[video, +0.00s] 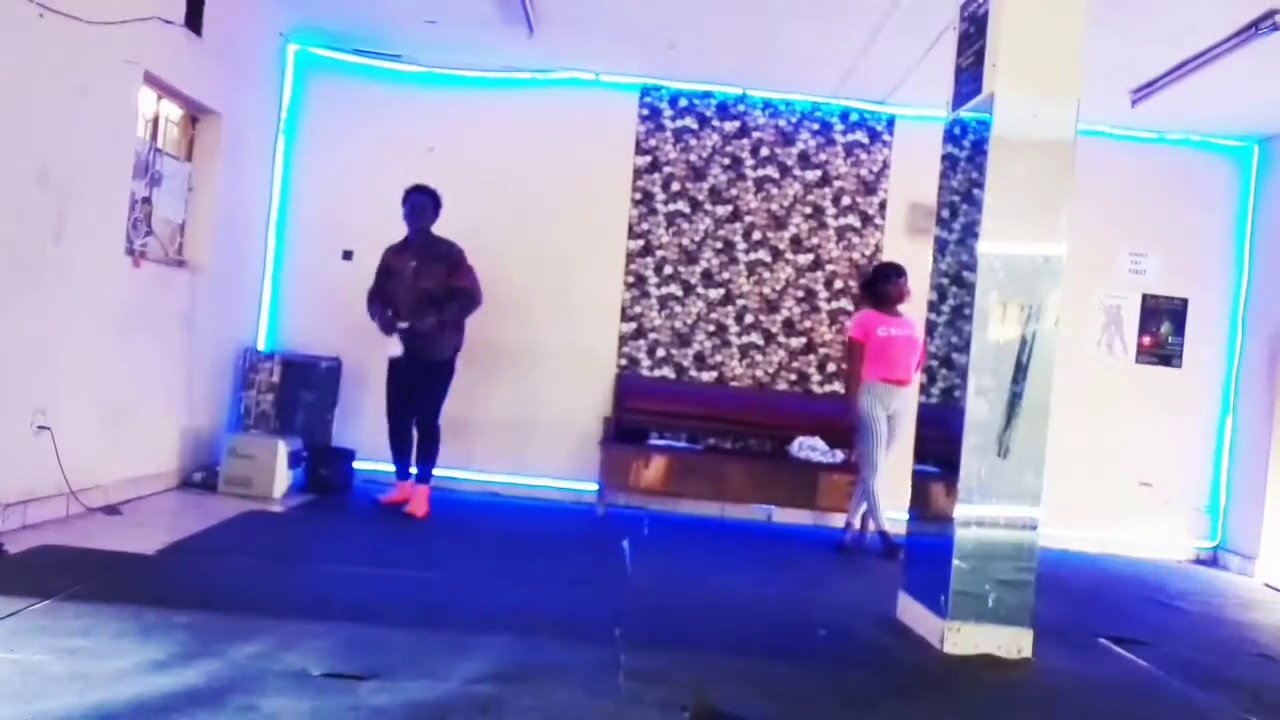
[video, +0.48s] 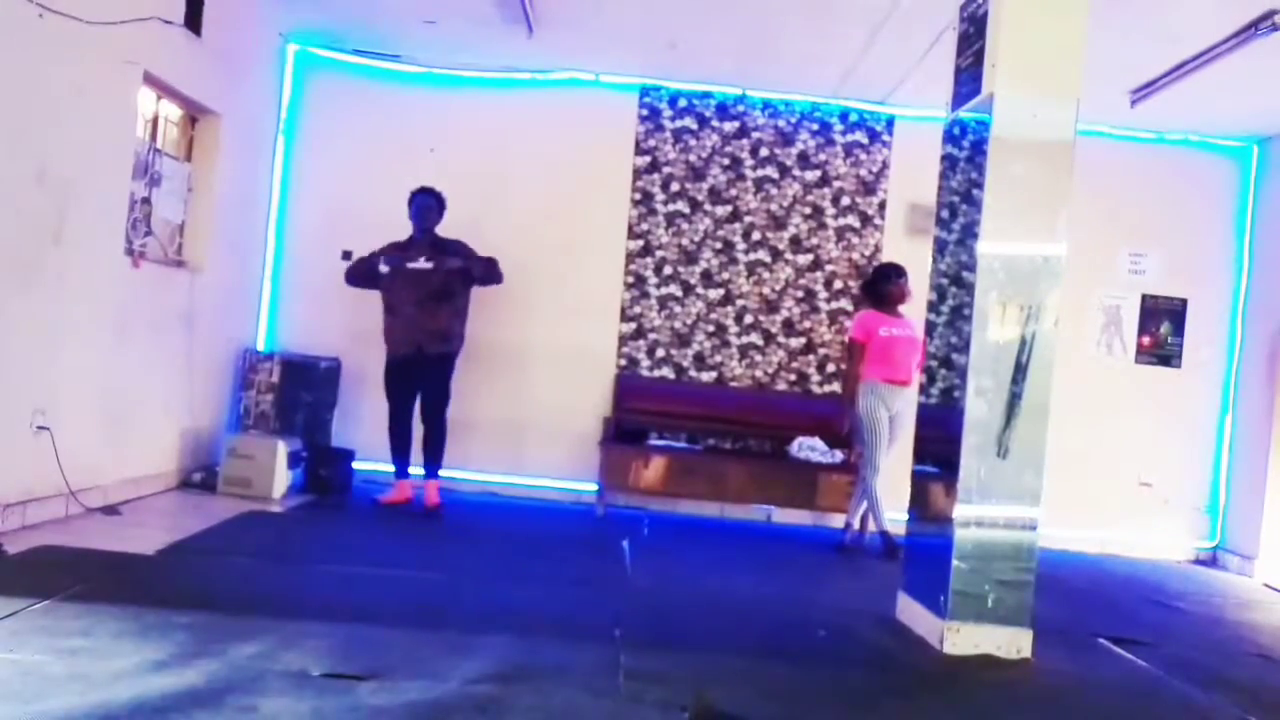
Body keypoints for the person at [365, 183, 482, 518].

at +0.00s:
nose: (414, 213)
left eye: (422, 208)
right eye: (410, 207)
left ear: (435, 213)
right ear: (403, 210)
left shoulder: (449, 253)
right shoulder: (394, 254)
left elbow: (470, 296)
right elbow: (376, 296)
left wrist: (435, 321)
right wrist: (385, 318)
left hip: (438, 354)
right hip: (405, 350)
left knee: (427, 420)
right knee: (398, 418)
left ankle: (423, 487)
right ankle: (403, 482)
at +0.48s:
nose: (423, 215)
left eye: (430, 209)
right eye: (417, 209)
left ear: (440, 214)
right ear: (409, 212)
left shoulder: (455, 251)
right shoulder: (393, 252)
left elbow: (493, 274)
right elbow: (353, 275)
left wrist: (459, 263)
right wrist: (386, 272)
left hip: (439, 351)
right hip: (401, 350)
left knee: (434, 417)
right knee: (399, 416)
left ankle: (432, 483)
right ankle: (401, 482)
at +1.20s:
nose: (477, 220)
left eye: (483, 215)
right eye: (471, 213)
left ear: (491, 219)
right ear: (459, 215)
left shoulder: (502, 261)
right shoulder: (436, 255)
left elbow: (536, 284)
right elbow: (394, 251)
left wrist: (514, 251)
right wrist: (433, 239)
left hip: (480, 358)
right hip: (440, 353)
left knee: (475, 423)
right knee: (422, 417)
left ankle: (467, 485)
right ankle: (402, 483)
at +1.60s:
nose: (511, 226)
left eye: (515, 220)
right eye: (505, 220)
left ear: (519, 224)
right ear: (490, 220)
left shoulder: (527, 267)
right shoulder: (462, 257)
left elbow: (558, 291)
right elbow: (423, 251)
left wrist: (543, 261)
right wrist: (464, 243)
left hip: (500, 359)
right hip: (463, 353)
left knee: (484, 423)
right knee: (455, 419)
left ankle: (469, 486)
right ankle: (446, 487)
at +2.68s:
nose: (534, 223)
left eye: (537, 217)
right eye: (528, 216)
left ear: (537, 221)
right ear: (508, 215)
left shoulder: (532, 263)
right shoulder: (476, 253)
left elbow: (553, 292)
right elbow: (442, 241)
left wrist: (553, 265)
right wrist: (478, 234)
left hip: (518, 361)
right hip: (477, 357)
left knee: (529, 427)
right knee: (477, 428)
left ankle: (519, 504)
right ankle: (479, 502)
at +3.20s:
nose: (540, 214)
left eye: (547, 207)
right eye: (533, 206)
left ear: (555, 211)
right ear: (521, 207)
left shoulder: (568, 259)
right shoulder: (496, 253)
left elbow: (611, 281)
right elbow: (452, 254)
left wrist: (583, 248)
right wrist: (489, 235)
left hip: (538, 364)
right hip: (494, 359)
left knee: (533, 438)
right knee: (487, 430)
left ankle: (530, 513)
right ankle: (481, 498)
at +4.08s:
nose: (493, 210)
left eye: (502, 205)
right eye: (490, 203)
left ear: (516, 208)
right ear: (483, 202)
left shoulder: (532, 252)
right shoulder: (458, 251)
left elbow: (577, 276)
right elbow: (410, 256)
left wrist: (548, 245)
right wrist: (442, 236)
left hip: (507, 362)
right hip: (459, 358)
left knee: (516, 436)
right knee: (444, 434)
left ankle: (524, 511)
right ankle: (439, 513)